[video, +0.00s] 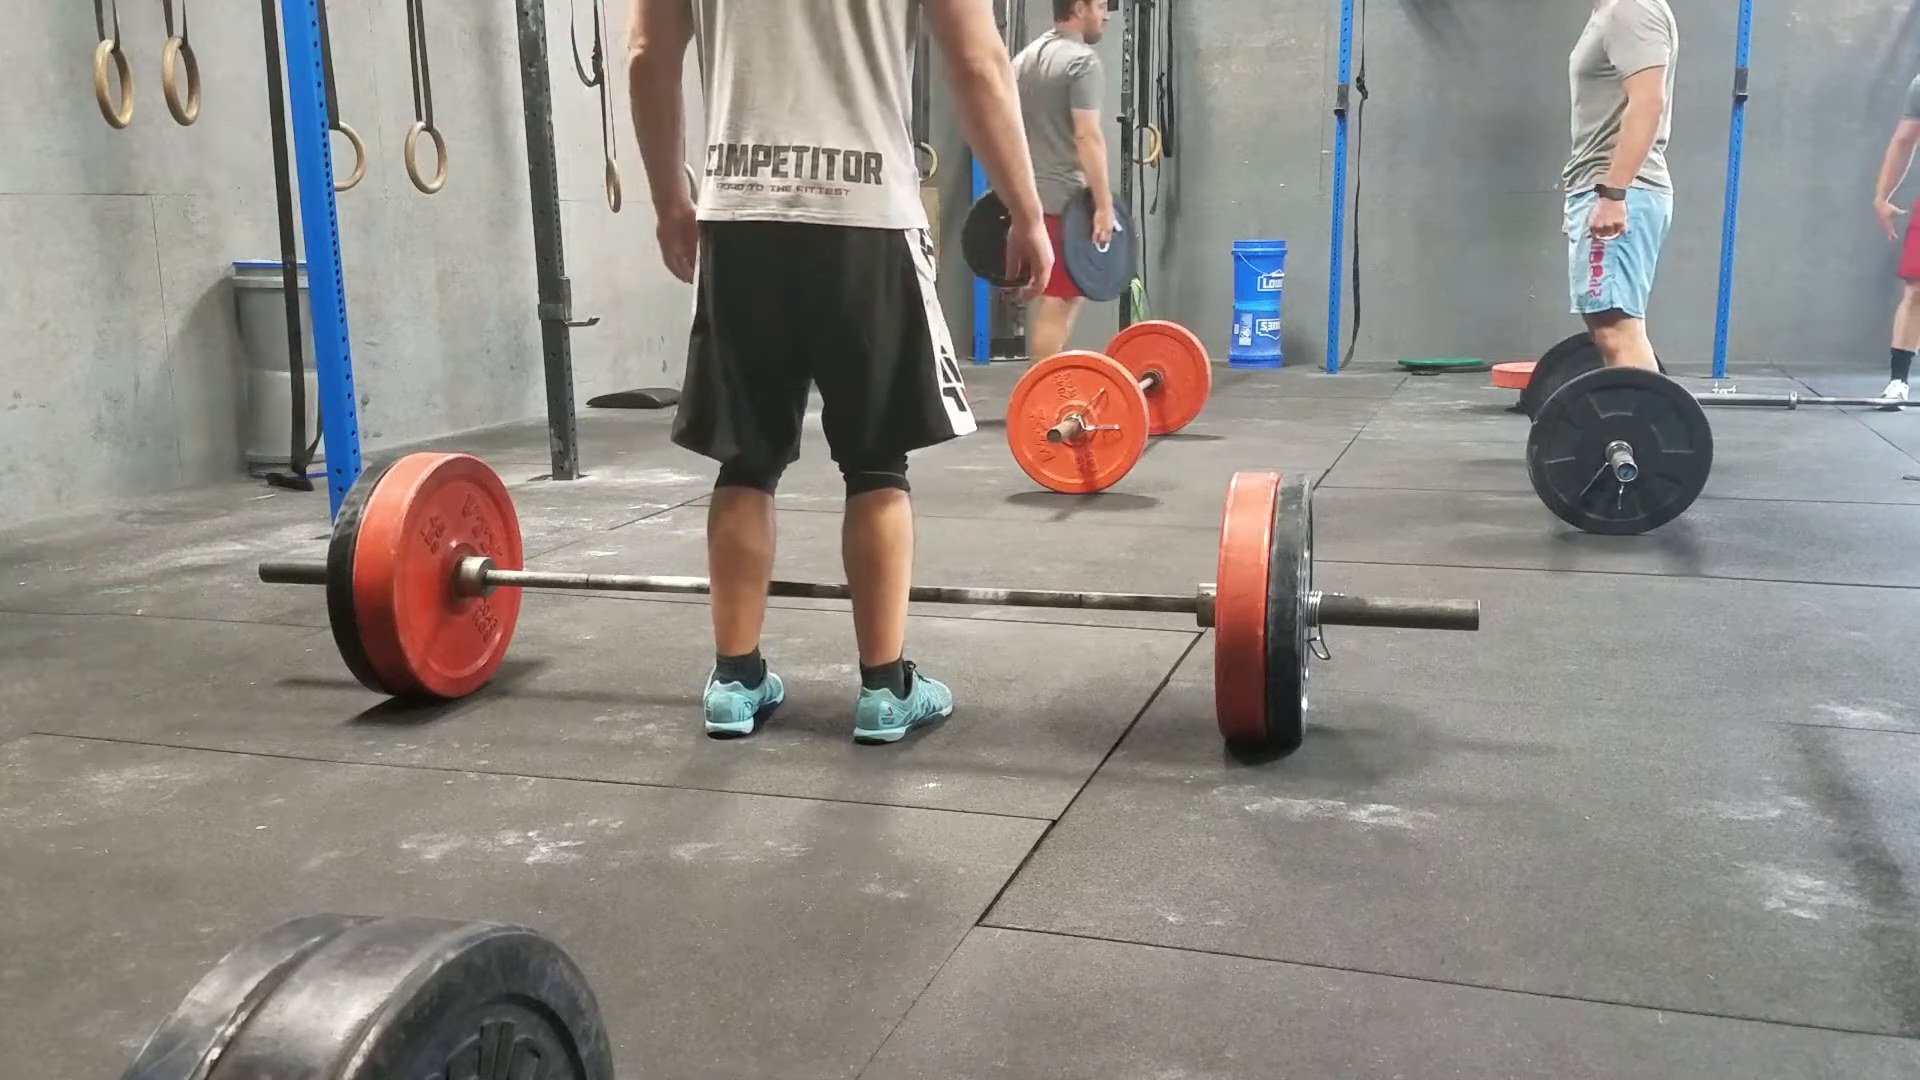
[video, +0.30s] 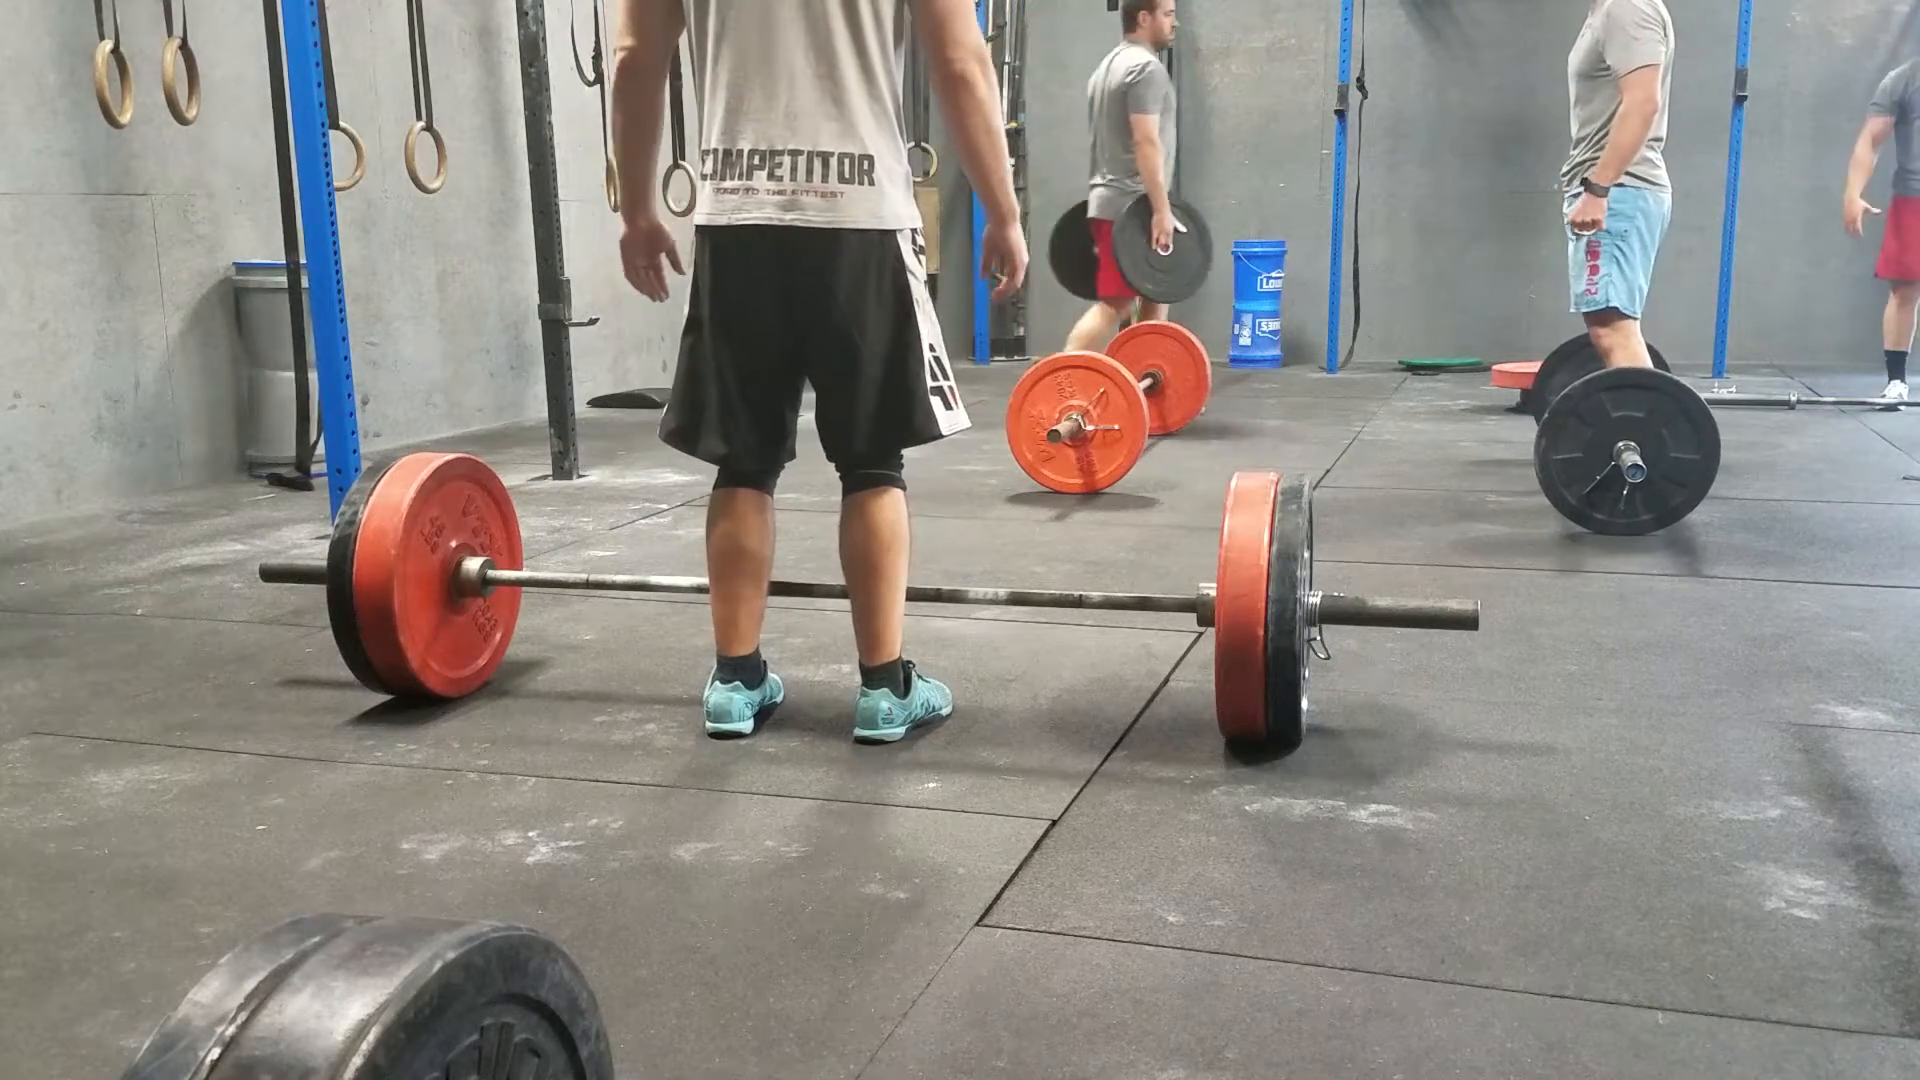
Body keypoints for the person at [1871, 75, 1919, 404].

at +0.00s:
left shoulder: (1917, 86)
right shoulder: (1918, 85)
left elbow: (1904, 137)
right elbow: (1904, 137)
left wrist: (1881, 196)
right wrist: (1882, 196)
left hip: (1917, 213)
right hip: (1917, 213)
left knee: (1913, 292)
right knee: (1913, 291)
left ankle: (1899, 380)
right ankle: (1898, 380)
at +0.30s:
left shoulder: (1903, 80)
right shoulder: (1903, 79)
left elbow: (1870, 139)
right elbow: (1870, 138)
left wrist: (1853, 193)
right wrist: (1852, 194)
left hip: (1910, 200)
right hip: (1911, 199)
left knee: (1905, 292)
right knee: (1904, 291)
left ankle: (1897, 380)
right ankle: (1896, 381)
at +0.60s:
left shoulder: (1904, 82)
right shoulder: (1904, 81)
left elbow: (1875, 139)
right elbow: (1875, 138)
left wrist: (1868, 184)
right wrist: (1866, 185)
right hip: (1909, 200)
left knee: (1905, 292)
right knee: (1904, 291)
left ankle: (1897, 380)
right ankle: (1896, 381)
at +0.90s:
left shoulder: (1916, 96)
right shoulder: (1918, 95)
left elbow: (1899, 156)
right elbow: (1899, 156)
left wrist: (1882, 216)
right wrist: (1881, 215)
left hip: (1916, 209)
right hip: (1918, 208)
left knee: (1912, 291)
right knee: (1913, 289)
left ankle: (1898, 380)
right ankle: (1897, 381)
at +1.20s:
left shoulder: (1916, 165)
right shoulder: (1918, 164)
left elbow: (1901, 215)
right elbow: (1900, 215)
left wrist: (1885, 279)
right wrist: (1884, 280)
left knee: (1911, 297)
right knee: (1912, 296)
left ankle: (1897, 380)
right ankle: (1897, 380)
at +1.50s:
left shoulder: (1915, 229)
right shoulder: (1916, 229)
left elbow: (1897, 288)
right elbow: (1896, 288)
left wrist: (1878, 352)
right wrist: (1878, 353)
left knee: (1910, 291)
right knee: (1911, 292)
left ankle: (1897, 380)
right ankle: (1896, 380)